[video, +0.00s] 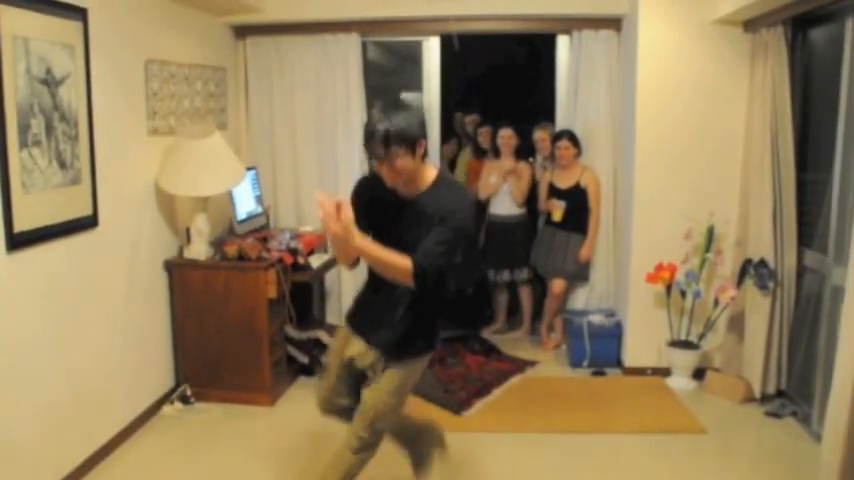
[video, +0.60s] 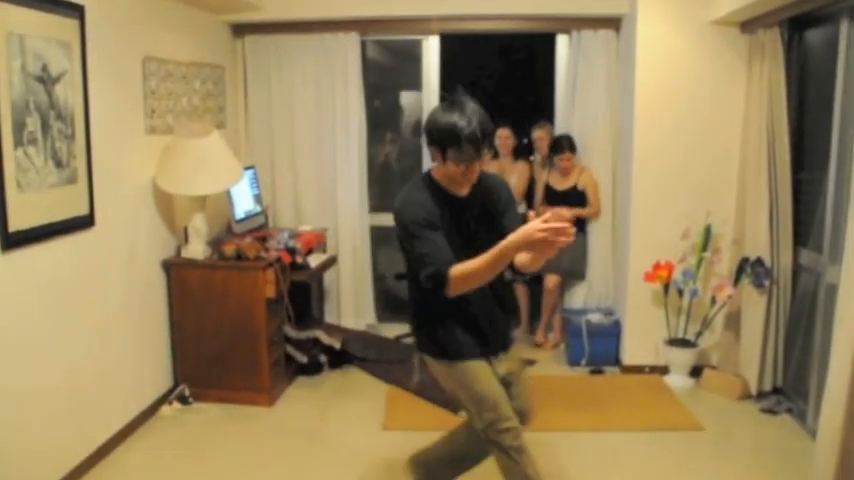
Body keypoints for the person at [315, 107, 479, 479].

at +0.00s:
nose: (384, 170)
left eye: (392, 160)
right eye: (378, 161)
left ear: (419, 149)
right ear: (371, 157)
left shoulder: (457, 206)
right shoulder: (371, 189)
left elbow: (420, 275)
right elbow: (350, 259)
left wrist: (354, 239)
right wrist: (339, 228)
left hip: (409, 339)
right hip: (365, 318)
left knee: (364, 433)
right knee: (333, 400)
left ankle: (330, 475)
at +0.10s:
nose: (382, 166)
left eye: (391, 154)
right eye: (375, 156)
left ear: (418, 149)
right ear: (368, 155)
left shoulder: (458, 204)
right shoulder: (369, 199)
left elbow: (447, 275)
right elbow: (363, 272)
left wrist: (375, 259)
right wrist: (344, 256)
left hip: (435, 335)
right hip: (388, 329)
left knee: (396, 421)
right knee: (384, 410)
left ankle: (357, 473)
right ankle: (443, 470)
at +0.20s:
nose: (393, 151)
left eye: (401, 139)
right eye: (385, 142)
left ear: (423, 140)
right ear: (375, 147)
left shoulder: (460, 190)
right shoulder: (372, 199)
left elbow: (465, 260)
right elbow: (382, 270)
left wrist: (424, 241)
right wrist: (356, 252)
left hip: (453, 316)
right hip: (402, 320)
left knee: (435, 407)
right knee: (409, 413)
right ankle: (449, 469)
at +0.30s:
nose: (412, 131)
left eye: (418, 118)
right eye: (399, 124)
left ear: (433, 121)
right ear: (385, 134)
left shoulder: (462, 168)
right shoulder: (376, 189)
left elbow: (485, 243)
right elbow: (404, 260)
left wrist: (476, 213)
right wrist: (378, 244)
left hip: (466, 293)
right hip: (416, 303)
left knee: (467, 375)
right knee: (430, 406)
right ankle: (448, 467)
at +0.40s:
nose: (442, 128)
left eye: (447, 116)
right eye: (431, 119)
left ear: (456, 112)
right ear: (406, 122)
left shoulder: (481, 155)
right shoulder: (391, 175)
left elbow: (508, 232)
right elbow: (427, 253)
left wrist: (501, 214)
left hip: (482, 283)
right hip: (433, 297)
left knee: (520, 370)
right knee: (476, 404)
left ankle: (480, 421)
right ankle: (492, 472)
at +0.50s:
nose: (459, 157)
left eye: (465, 144)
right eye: (447, 147)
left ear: (472, 135)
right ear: (422, 142)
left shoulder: (486, 172)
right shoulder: (405, 195)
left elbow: (512, 251)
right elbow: (449, 269)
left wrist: (521, 226)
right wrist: (496, 225)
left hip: (496, 311)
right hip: (449, 327)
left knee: (545, 383)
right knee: (499, 418)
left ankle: (456, 420)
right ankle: (529, 476)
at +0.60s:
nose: (472, 171)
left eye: (478, 161)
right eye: (461, 163)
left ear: (486, 154)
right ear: (437, 155)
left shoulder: (492, 188)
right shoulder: (415, 204)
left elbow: (523, 262)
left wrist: (546, 245)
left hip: (494, 324)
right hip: (447, 334)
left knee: (514, 415)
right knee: (503, 427)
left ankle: (428, 466)